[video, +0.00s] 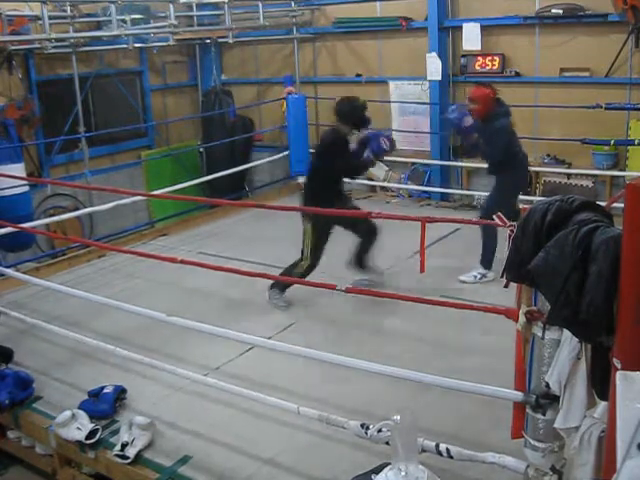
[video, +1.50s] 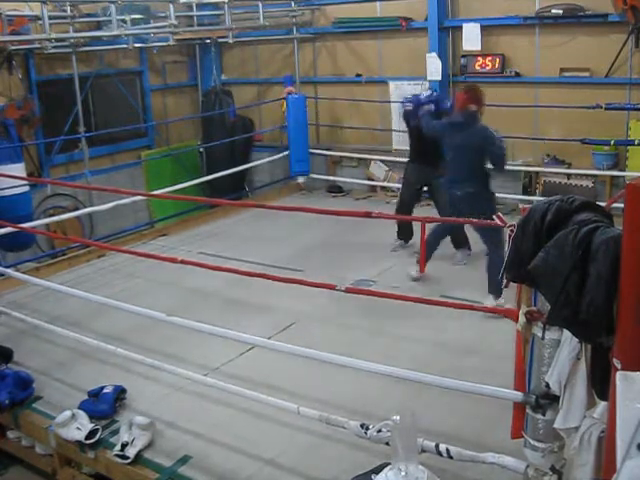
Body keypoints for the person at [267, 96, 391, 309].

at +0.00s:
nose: (366, 116)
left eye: (365, 112)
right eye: (363, 112)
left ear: (344, 116)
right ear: (352, 116)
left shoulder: (344, 137)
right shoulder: (333, 140)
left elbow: (346, 163)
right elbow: (350, 170)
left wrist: (362, 146)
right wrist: (373, 158)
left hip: (335, 201)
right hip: (316, 204)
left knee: (369, 230)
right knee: (309, 260)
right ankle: (277, 288)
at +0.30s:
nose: (433, 110)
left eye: (432, 108)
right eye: (429, 108)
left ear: (425, 111)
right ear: (416, 110)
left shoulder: (424, 122)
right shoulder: (396, 130)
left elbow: (443, 121)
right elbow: (386, 165)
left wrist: (461, 111)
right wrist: (416, 157)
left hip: (401, 183)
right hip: (382, 184)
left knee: (423, 222)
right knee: (379, 234)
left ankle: (421, 262)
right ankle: (347, 255)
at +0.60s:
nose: (430, 113)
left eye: (430, 110)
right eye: (426, 111)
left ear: (430, 110)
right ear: (415, 113)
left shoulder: (436, 122)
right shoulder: (403, 136)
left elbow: (460, 118)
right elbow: (413, 164)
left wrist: (481, 111)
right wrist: (434, 156)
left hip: (438, 179)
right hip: (416, 183)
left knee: (460, 213)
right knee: (413, 220)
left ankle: (474, 250)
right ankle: (391, 257)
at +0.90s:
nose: (427, 118)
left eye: (429, 114)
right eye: (424, 114)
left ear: (431, 113)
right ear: (414, 112)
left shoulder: (428, 126)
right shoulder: (399, 131)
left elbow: (447, 144)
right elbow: (412, 158)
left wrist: (448, 127)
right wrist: (428, 140)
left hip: (431, 182)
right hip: (409, 184)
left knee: (447, 220)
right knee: (399, 222)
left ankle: (467, 251)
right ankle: (377, 247)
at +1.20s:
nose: (426, 97)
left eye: (430, 94)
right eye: (424, 93)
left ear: (435, 95)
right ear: (418, 92)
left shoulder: (439, 110)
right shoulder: (407, 111)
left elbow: (444, 135)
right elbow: (413, 136)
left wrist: (450, 113)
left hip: (435, 166)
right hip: (413, 165)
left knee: (449, 208)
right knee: (405, 206)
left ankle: (465, 246)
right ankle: (396, 235)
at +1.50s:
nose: (479, 108)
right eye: (479, 105)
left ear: (458, 106)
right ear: (478, 107)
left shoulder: (447, 128)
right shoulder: (482, 133)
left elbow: (427, 126)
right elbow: (499, 161)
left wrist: (425, 110)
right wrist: (495, 143)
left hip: (454, 196)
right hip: (478, 197)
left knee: (444, 227)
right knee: (495, 245)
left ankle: (419, 266)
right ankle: (495, 295)